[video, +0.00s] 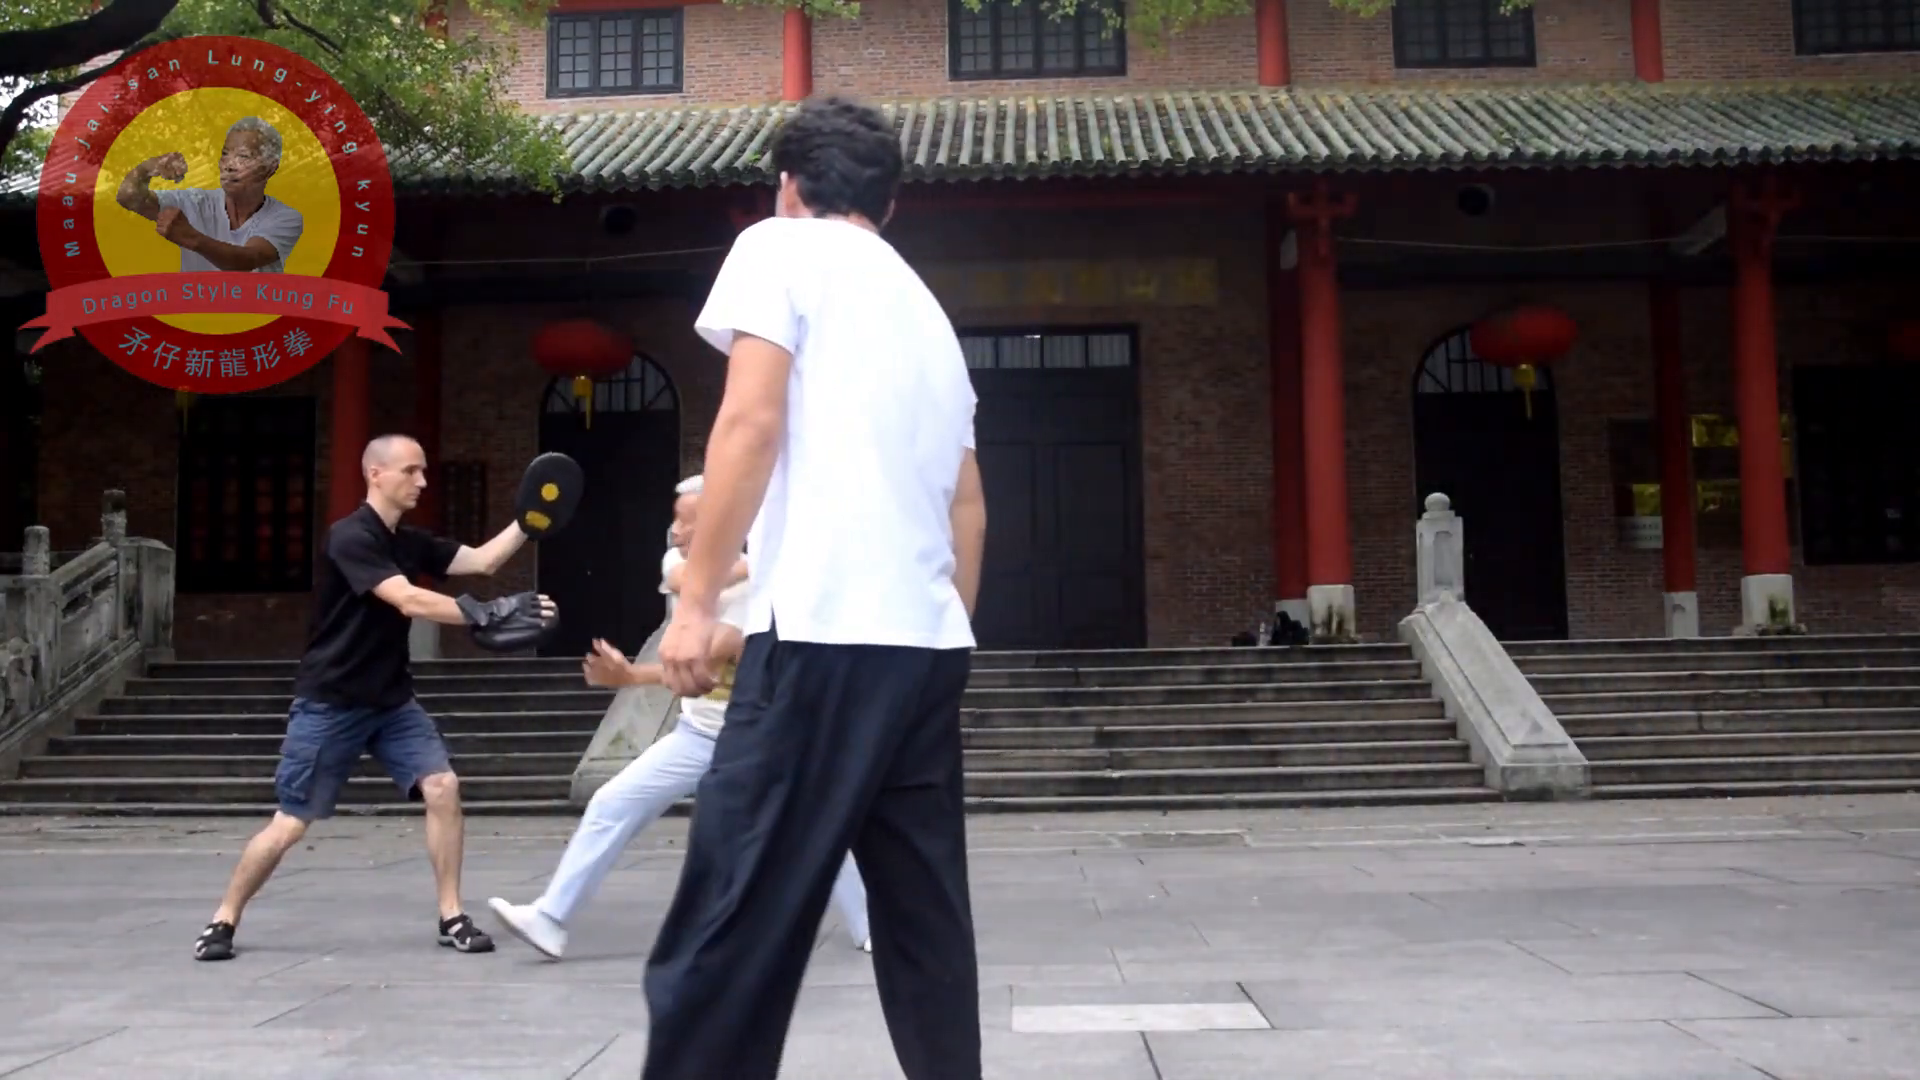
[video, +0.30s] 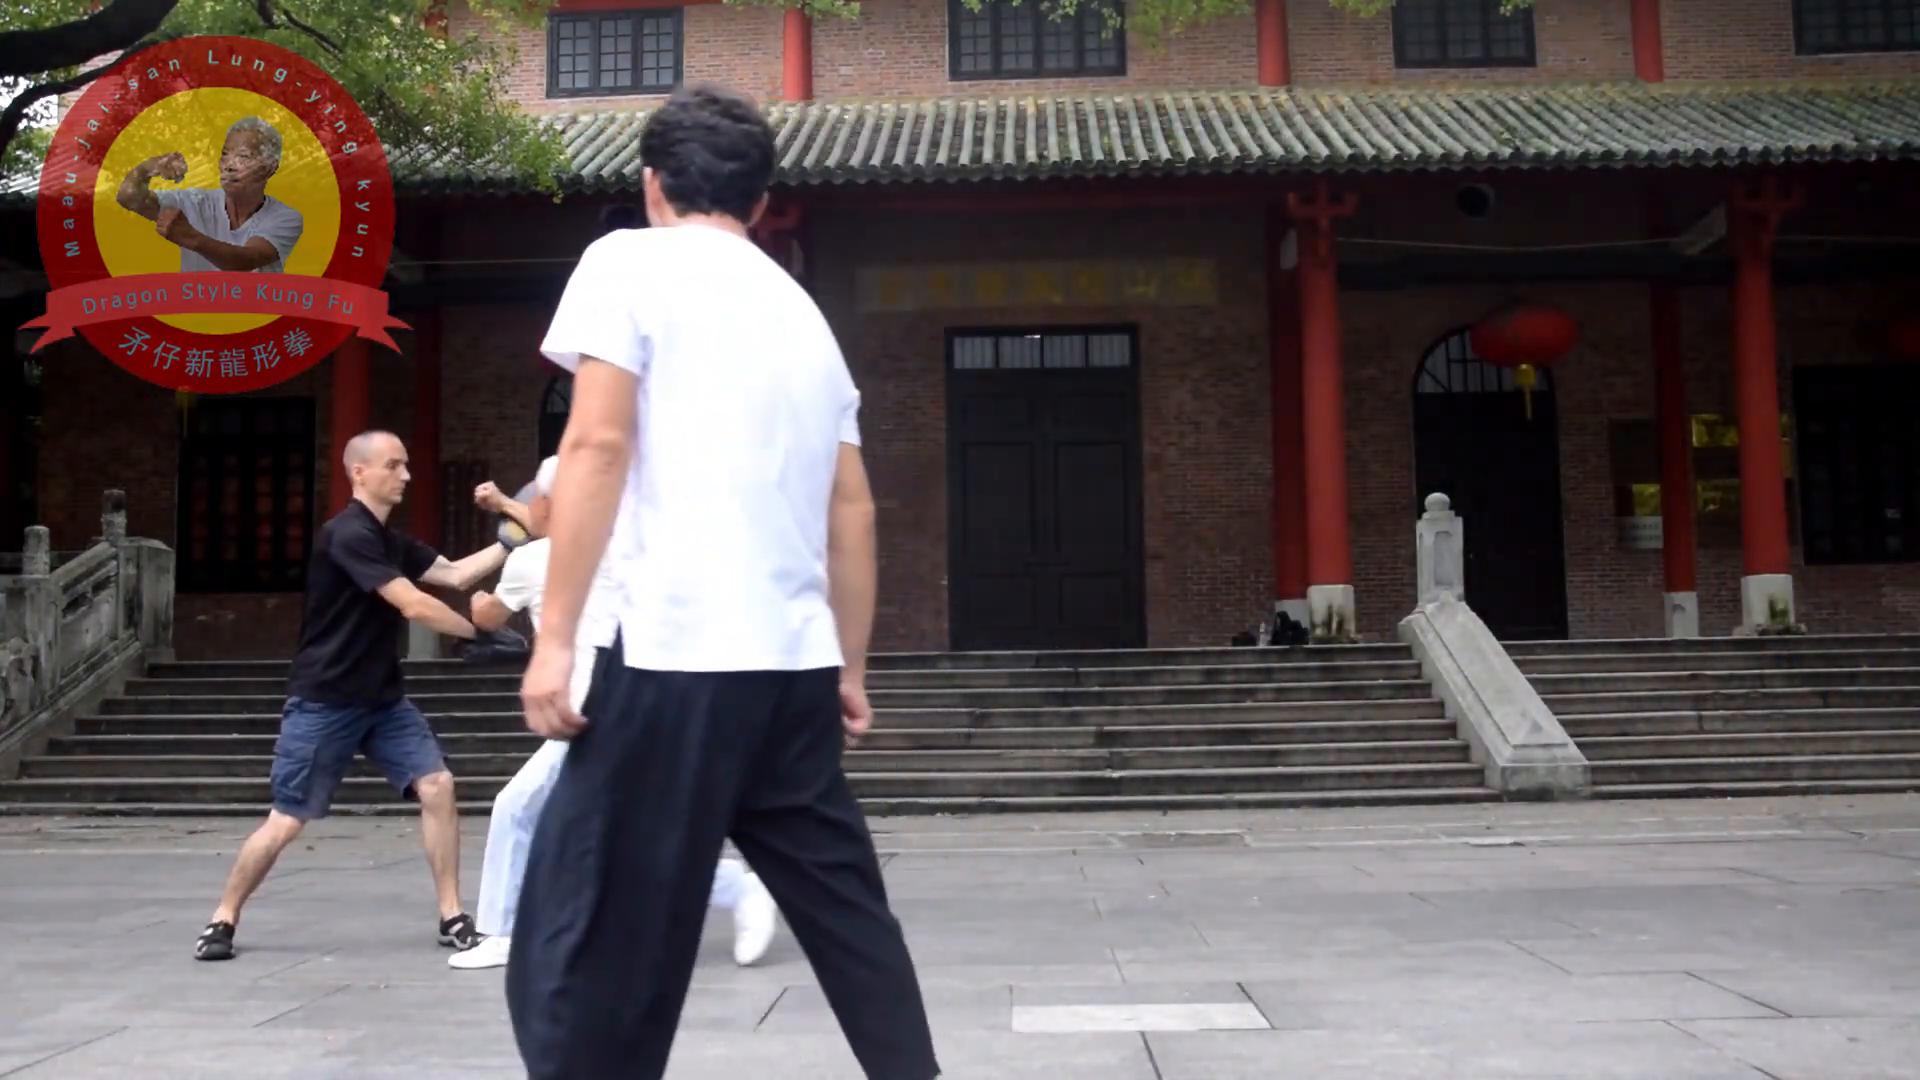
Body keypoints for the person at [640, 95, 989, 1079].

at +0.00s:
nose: (768, 203)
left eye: (769, 190)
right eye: (770, 192)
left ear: (790, 190)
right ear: (886, 202)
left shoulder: (779, 248)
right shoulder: (929, 315)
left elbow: (751, 419)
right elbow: (967, 503)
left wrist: (696, 601)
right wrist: (945, 633)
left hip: (821, 641)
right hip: (929, 648)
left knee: (734, 922)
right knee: (926, 922)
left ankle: (695, 1065)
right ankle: (949, 1071)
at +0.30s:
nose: (637, 190)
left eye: (641, 179)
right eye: (642, 179)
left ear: (654, 185)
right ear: (760, 205)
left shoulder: (626, 262)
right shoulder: (804, 314)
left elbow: (598, 444)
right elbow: (851, 502)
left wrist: (554, 637)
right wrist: (849, 661)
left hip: (666, 671)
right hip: (794, 672)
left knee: (592, 942)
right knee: (851, 922)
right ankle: (911, 1072)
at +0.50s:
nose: (539, 165)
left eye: (540, 153)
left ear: (553, 161)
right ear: (661, 176)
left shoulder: (524, 247)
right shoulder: (713, 291)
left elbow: (481, 441)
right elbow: (764, 480)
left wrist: (428, 623)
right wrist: (745, 639)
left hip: (574, 656)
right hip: (701, 653)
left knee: (544, 916)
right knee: (710, 883)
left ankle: (553, 1074)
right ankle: (821, 1064)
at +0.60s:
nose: (499, 164)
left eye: (500, 152)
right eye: (507, 151)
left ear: (512, 160)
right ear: (620, 169)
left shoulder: (483, 247)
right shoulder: (679, 288)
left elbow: (427, 446)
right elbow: (731, 476)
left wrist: (372, 628)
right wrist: (714, 636)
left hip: (548, 656)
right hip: (672, 651)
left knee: (522, 924)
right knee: (648, 887)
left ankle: (549, 1076)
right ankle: (735, 1064)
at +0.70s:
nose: (468, 169)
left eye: (468, 156)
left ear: (480, 163)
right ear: (590, 168)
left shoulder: (450, 251)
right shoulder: (652, 288)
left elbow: (394, 450)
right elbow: (707, 475)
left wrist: (336, 633)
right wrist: (697, 634)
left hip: (520, 656)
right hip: (647, 656)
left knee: (507, 932)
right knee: (610, 919)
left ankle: (537, 1074)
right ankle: (618, 1073)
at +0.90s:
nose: (420, 184)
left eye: (420, 171)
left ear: (427, 175)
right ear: (538, 179)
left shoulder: (410, 260)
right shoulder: (601, 303)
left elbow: (349, 453)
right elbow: (658, 480)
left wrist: (302, 643)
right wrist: (665, 644)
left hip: (464, 662)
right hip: (587, 661)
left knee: (486, 939)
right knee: (518, 924)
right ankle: (474, 1068)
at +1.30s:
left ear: (343, 195)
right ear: (453, 218)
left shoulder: (310, 284)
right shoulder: (492, 338)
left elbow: (258, 448)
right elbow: (530, 508)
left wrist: (206, 622)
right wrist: (511, 660)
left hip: (350, 659)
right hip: (466, 662)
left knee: (363, 919)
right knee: (417, 914)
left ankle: (472, 1075)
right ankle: (384, 1071)